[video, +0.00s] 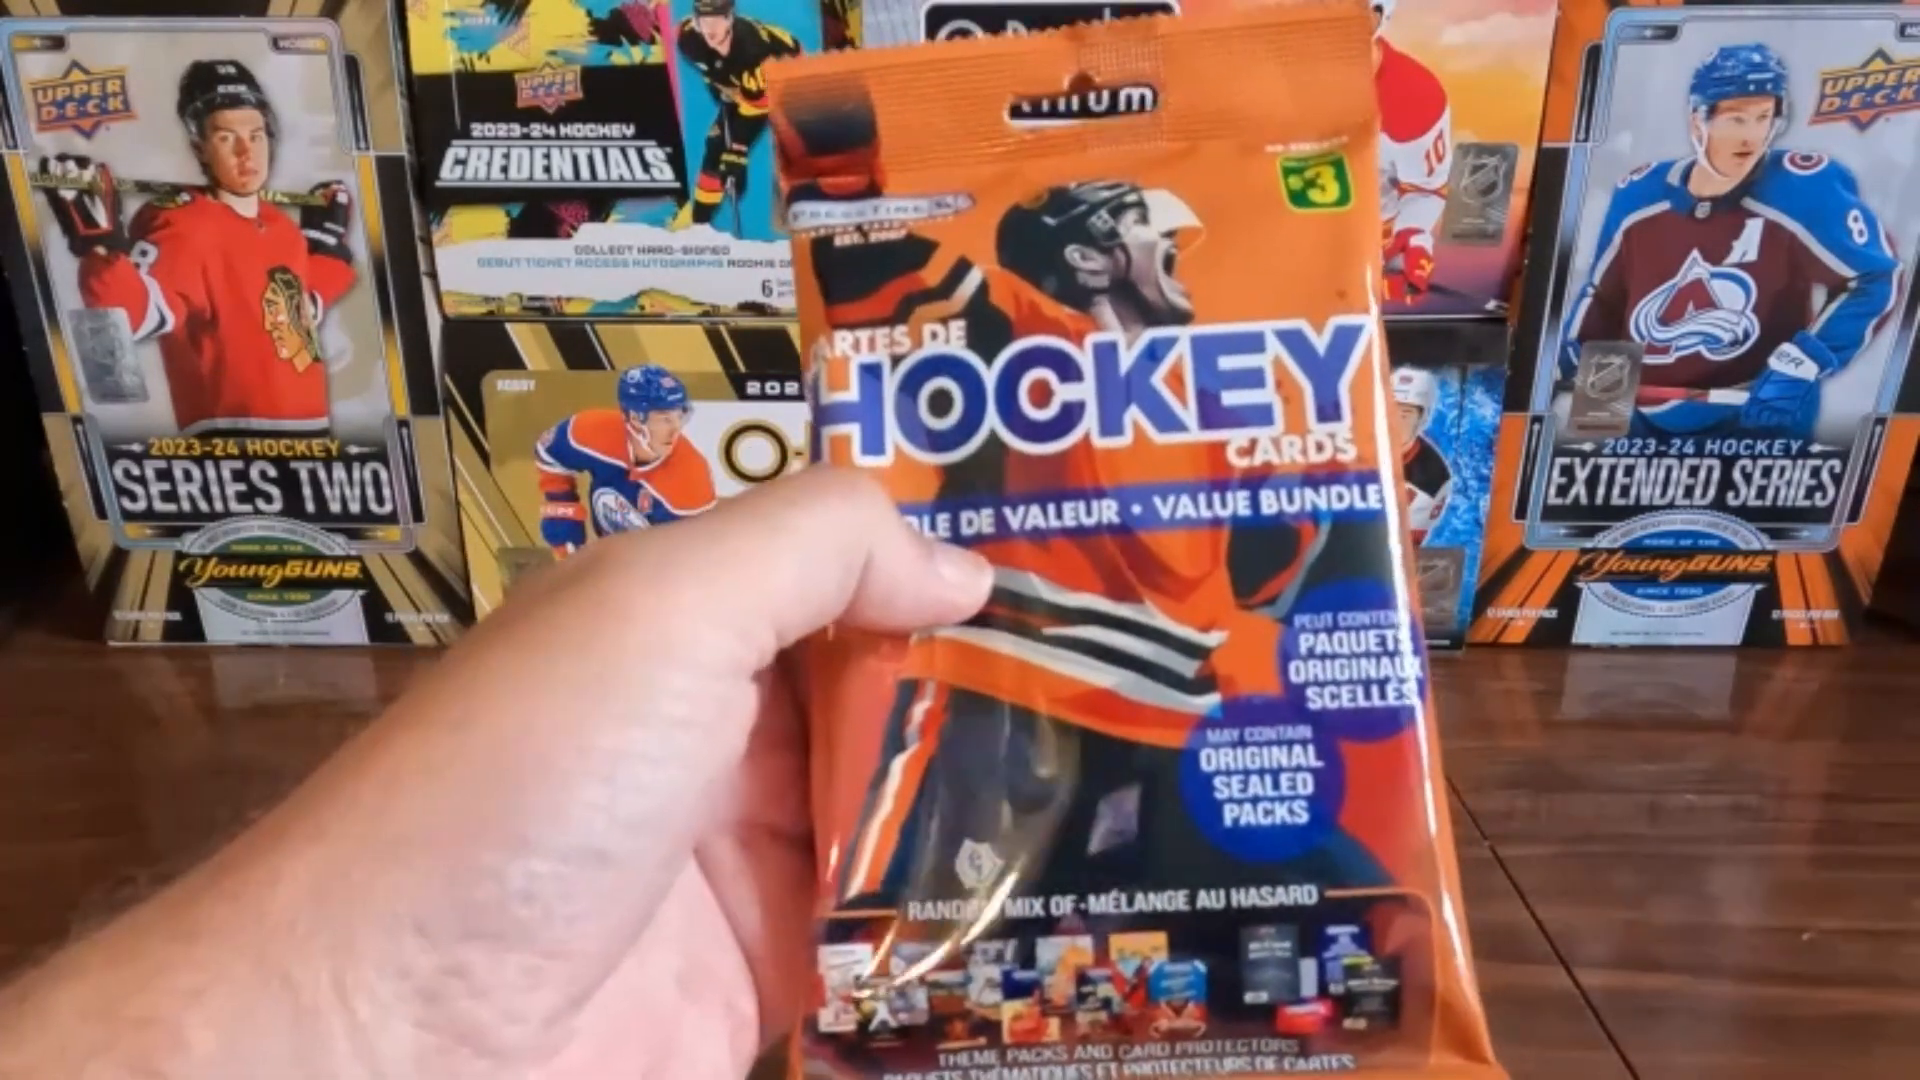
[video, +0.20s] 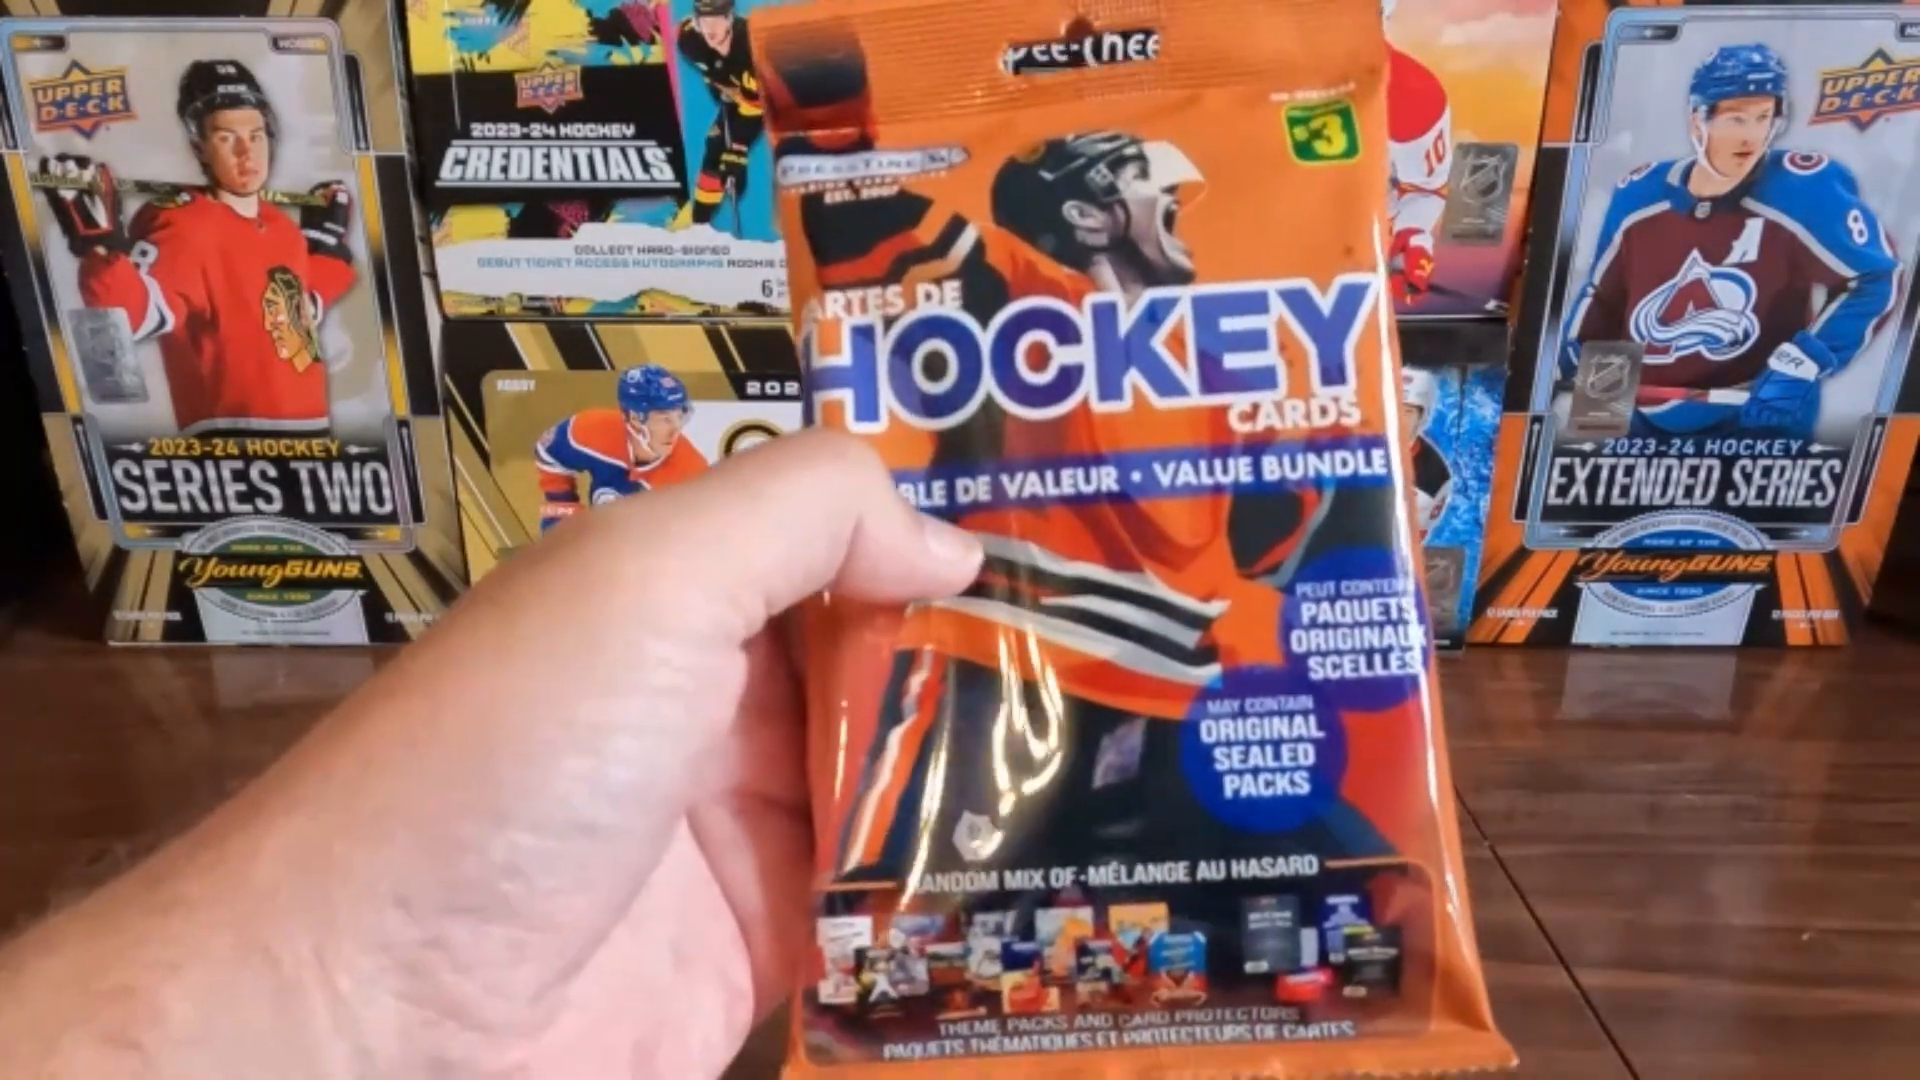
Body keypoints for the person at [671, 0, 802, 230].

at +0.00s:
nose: (710, 30)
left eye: (716, 22)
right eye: (704, 22)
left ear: (729, 19)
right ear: (695, 21)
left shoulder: (750, 48)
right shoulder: (688, 37)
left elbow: (755, 107)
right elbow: (711, 72)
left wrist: (737, 153)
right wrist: (729, 91)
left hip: (788, 83)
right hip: (738, 94)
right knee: (716, 148)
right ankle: (700, 221)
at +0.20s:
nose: (710, 29)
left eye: (716, 22)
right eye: (704, 22)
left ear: (730, 18)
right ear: (696, 21)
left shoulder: (751, 38)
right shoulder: (688, 37)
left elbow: (754, 102)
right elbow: (709, 72)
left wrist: (737, 153)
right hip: (732, 104)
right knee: (715, 150)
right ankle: (700, 223)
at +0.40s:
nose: (710, 29)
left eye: (716, 21)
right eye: (704, 22)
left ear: (730, 19)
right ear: (696, 21)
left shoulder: (751, 37)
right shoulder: (688, 38)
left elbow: (752, 101)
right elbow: (710, 75)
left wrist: (736, 154)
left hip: (767, 103)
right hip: (731, 106)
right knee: (714, 152)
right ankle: (699, 222)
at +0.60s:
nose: (709, 29)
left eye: (715, 22)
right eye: (704, 22)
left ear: (729, 19)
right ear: (696, 21)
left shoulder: (751, 36)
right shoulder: (688, 38)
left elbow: (750, 100)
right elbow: (712, 76)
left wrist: (736, 156)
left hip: (768, 104)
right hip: (731, 106)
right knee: (714, 148)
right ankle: (698, 221)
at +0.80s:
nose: (710, 30)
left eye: (716, 22)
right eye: (704, 22)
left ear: (730, 19)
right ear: (696, 22)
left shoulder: (752, 39)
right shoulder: (688, 39)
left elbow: (748, 100)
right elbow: (715, 78)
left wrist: (736, 155)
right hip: (733, 104)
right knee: (717, 144)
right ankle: (699, 219)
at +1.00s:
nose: (709, 32)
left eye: (715, 24)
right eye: (703, 24)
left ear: (729, 19)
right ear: (696, 22)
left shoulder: (755, 37)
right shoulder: (689, 38)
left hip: (761, 110)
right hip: (729, 110)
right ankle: (698, 224)